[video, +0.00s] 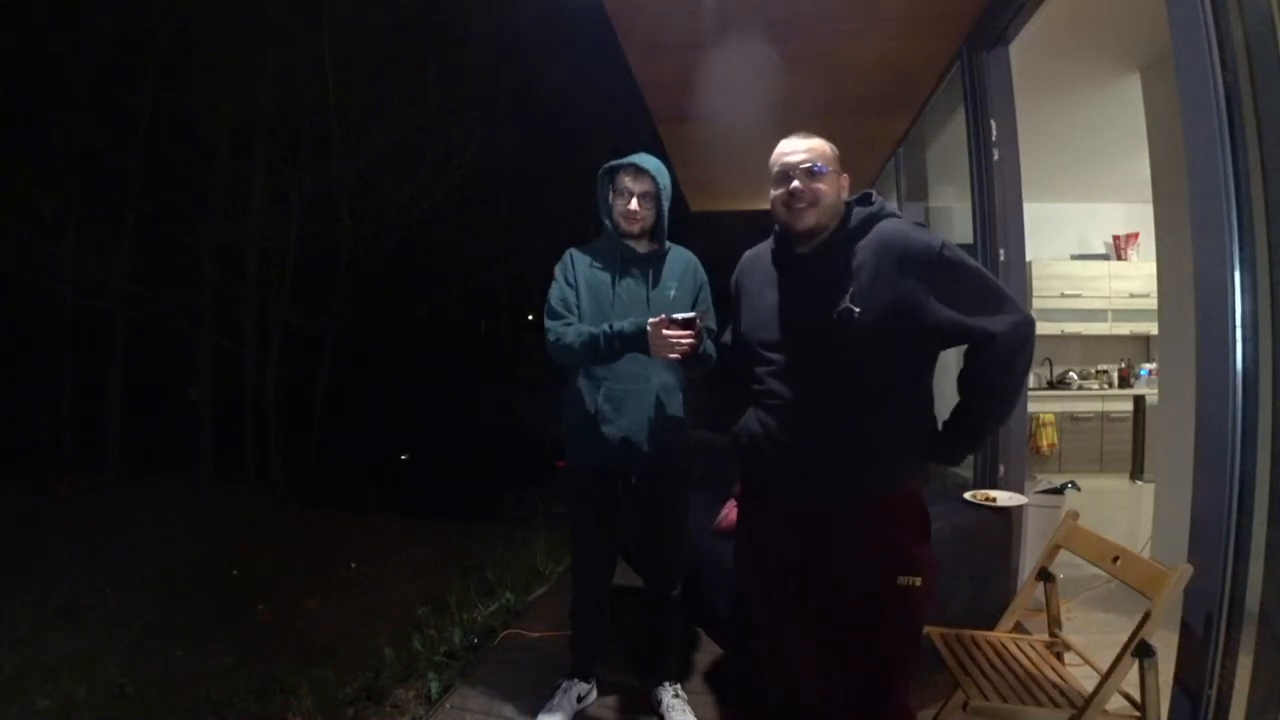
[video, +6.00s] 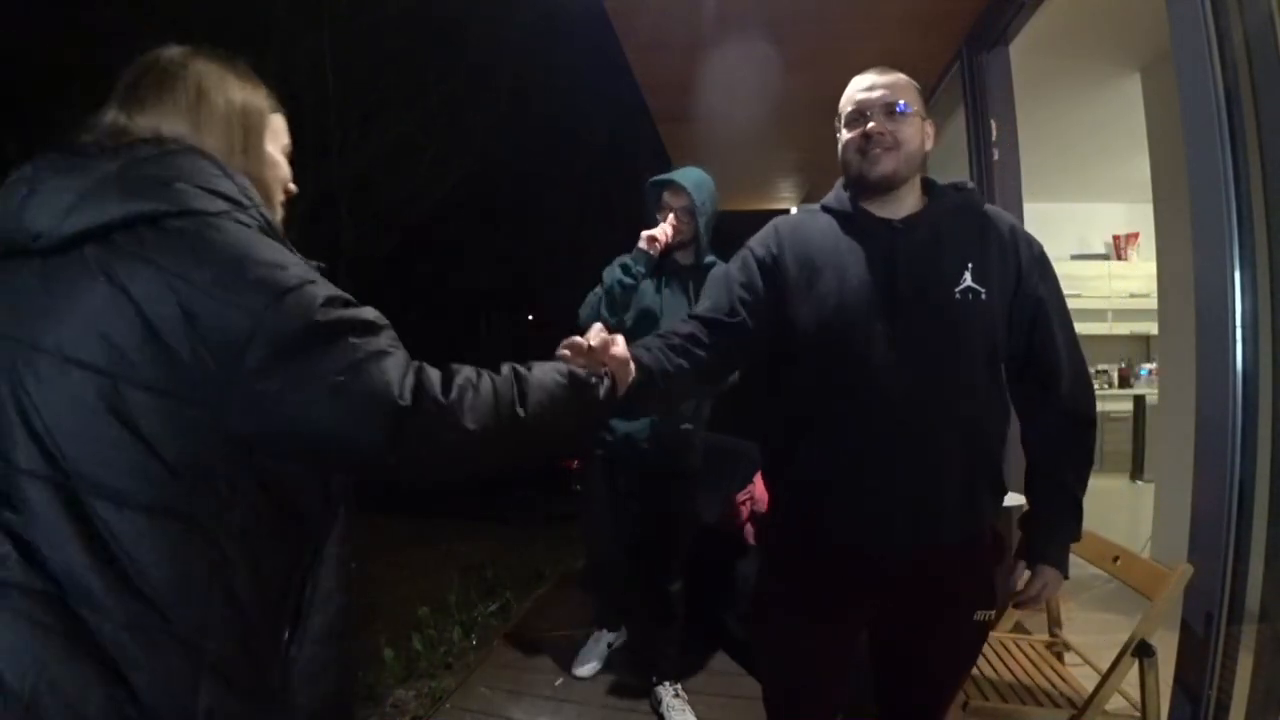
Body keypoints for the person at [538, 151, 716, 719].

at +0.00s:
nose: (633, 206)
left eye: (645, 197)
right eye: (623, 196)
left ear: (661, 204)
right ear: (608, 202)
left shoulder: (685, 266)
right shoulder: (577, 264)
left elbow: (709, 349)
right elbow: (558, 341)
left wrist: (695, 346)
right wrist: (637, 336)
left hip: (664, 442)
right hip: (594, 441)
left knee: (665, 564)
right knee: (590, 564)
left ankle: (668, 682)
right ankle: (581, 679)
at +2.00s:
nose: (625, 207)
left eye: (636, 197)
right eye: (615, 196)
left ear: (651, 204)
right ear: (595, 201)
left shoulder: (672, 267)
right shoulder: (568, 266)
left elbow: (695, 356)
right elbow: (556, 348)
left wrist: (673, 347)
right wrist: (628, 344)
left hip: (656, 445)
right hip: (588, 443)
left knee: (660, 566)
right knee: (588, 565)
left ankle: (661, 678)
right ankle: (582, 677)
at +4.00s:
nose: (629, 208)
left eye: (638, 198)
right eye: (618, 196)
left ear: (653, 205)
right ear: (597, 203)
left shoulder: (678, 270)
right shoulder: (574, 266)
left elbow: (696, 358)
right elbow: (554, 346)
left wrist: (658, 352)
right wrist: (608, 348)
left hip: (653, 449)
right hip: (587, 447)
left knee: (659, 569)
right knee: (585, 566)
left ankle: (661, 678)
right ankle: (580, 678)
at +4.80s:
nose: (658, 204)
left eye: (669, 194)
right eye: (648, 195)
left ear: (693, 199)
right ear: (634, 202)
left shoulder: (721, 275)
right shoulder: (613, 265)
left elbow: (731, 363)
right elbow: (582, 342)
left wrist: (691, 349)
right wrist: (609, 274)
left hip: (680, 440)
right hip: (613, 434)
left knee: (672, 557)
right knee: (600, 554)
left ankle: (665, 679)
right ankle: (584, 675)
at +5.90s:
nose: (676, 218)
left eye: (689, 210)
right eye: (671, 207)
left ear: (711, 216)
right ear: (661, 210)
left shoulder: (728, 275)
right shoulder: (640, 267)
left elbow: (737, 359)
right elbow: (606, 315)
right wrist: (647, 252)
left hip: (690, 433)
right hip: (628, 428)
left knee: (679, 551)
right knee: (607, 533)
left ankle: (666, 673)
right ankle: (595, 625)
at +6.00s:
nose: (670, 220)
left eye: (682, 212)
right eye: (665, 209)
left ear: (705, 217)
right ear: (656, 212)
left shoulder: (721, 279)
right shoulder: (630, 270)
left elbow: (732, 361)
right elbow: (591, 328)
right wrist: (637, 262)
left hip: (686, 440)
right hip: (621, 435)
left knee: (678, 554)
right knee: (609, 540)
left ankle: (666, 673)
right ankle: (610, 624)